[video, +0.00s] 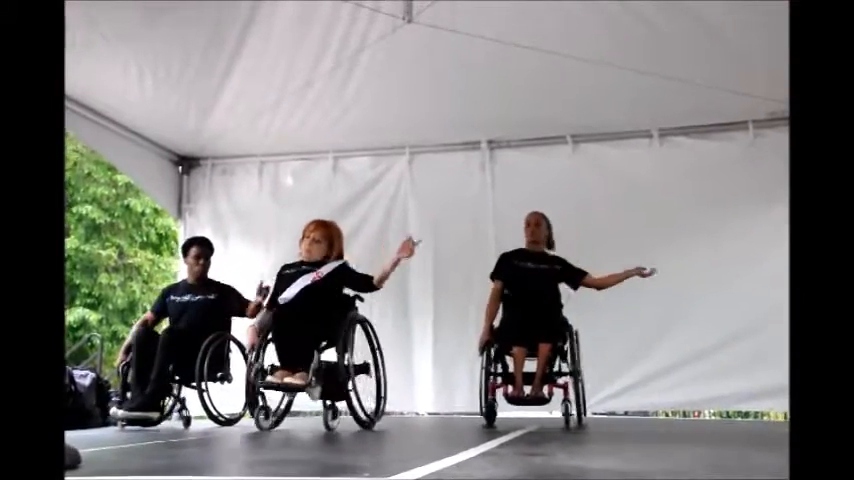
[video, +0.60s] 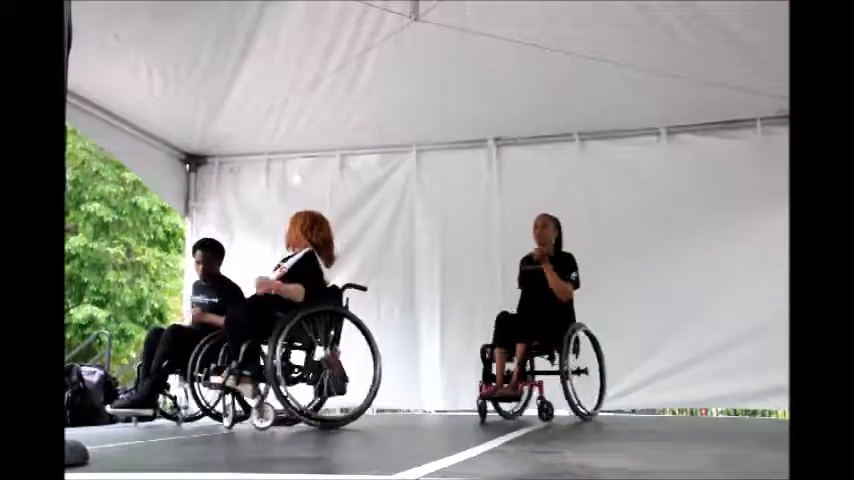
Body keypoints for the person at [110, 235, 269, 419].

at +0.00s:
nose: (203, 262)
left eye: (207, 258)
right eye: (197, 257)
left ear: (211, 261)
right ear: (186, 260)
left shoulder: (223, 292)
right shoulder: (172, 292)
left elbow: (250, 312)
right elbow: (147, 320)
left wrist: (260, 300)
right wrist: (126, 348)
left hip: (211, 357)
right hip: (180, 356)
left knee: (170, 335)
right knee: (144, 334)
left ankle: (153, 401)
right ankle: (138, 399)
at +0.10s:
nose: (205, 263)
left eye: (209, 259)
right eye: (200, 258)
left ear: (213, 261)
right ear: (188, 259)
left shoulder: (225, 294)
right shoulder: (173, 292)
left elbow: (254, 321)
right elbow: (150, 321)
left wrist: (242, 306)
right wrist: (127, 349)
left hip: (212, 359)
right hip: (181, 358)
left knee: (172, 336)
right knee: (147, 334)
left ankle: (153, 402)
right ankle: (139, 400)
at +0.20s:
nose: (209, 264)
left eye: (214, 260)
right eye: (204, 259)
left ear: (219, 262)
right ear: (194, 260)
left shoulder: (230, 296)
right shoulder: (178, 291)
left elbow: (249, 326)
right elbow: (153, 319)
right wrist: (131, 349)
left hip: (214, 360)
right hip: (182, 356)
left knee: (175, 336)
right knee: (151, 336)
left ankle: (156, 402)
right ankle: (142, 400)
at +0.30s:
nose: (211, 265)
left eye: (216, 261)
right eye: (207, 260)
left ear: (222, 263)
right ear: (198, 260)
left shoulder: (231, 296)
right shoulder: (182, 289)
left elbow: (245, 322)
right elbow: (159, 316)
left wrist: (209, 320)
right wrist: (137, 345)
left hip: (213, 359)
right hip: (183, 353)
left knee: (177, 335)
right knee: (151, 335)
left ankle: (157, 401)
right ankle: (144, 399)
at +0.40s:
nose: (213, 266)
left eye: (218, 261)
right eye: (208, 260)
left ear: (224, 263)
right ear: (200, 260)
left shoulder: (234, 295)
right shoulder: (185, 288)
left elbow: (241, 323)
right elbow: (166, 315)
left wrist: (208, 319)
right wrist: (152, 339)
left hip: (217, 355)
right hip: (187, 351)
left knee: (176, 334)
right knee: (152, 335)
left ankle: (157, 400)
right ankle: (144, 398)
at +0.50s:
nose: (207, 267)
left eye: (212, 262)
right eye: (203, 262)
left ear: (222, 262)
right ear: (197, 262)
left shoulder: (233, 292)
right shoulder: (192, 287)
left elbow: (238, 324)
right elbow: (184, 314)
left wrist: (207, 317)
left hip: (218, 350)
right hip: (192, 346)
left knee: (174, 335)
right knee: (154, 335)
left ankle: (153, 399)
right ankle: (144, 398)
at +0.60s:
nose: (199, 268)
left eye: (204, 263)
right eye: (197, 262)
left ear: (218, 262)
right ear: (194, 262)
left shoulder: (231, 290)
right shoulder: (198, 287)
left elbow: (237, 324)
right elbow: (198, 317)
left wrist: (207, 317)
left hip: (221, 351)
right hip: (199, 348)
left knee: (174, 332)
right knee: (155, 334)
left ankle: (147, 397)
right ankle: (141, 395)